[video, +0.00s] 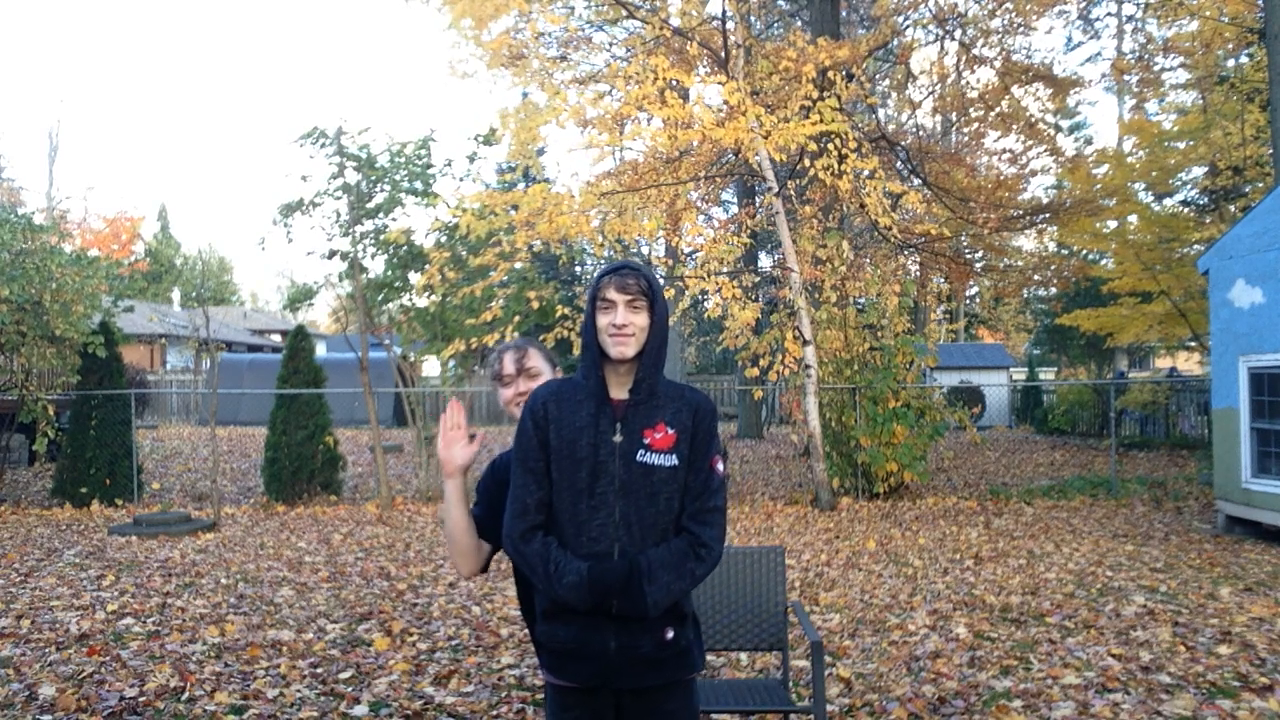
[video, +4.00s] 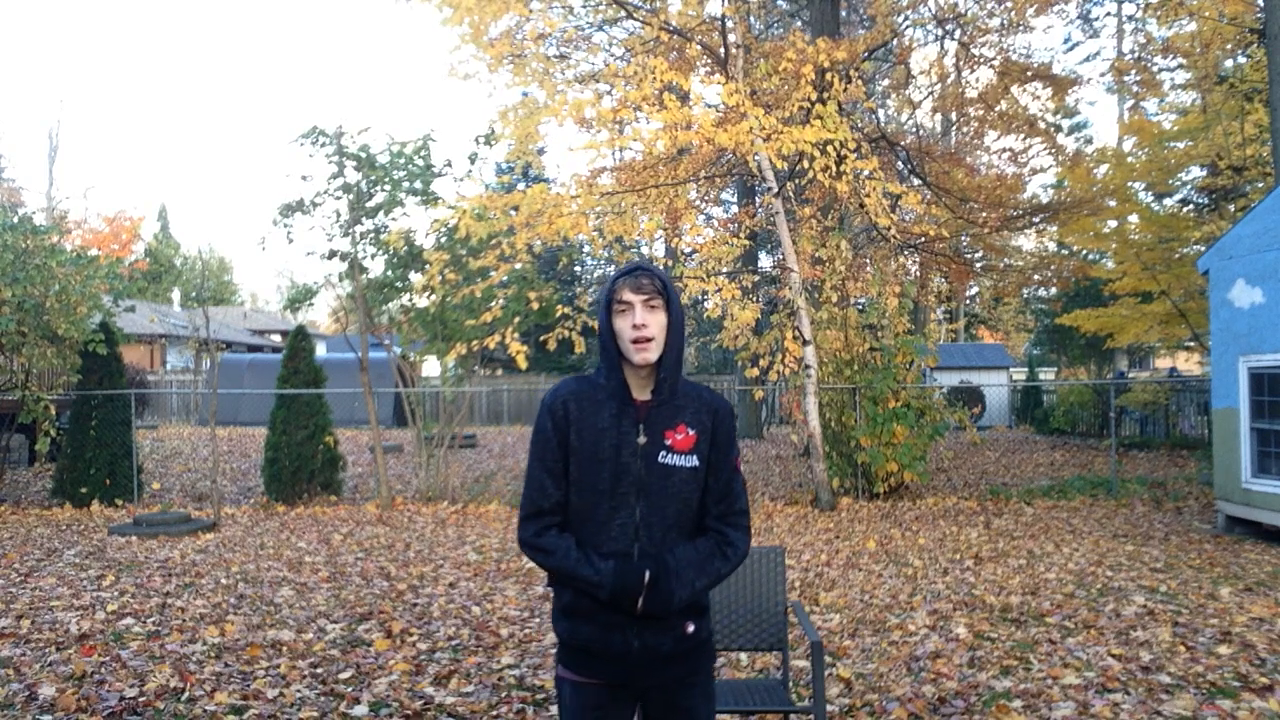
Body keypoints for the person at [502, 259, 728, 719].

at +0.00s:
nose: (619, 320)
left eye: (634, 307)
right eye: (606, 307)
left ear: (655, 320)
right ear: (591, 319)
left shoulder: (691, 409)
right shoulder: (546, 405)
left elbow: (705, 535)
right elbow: (521, 531)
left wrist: (636, 581)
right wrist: (585, 581)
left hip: (662, 655)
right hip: (572, 659)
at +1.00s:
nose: (632, 320)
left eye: (645, 307)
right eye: (618, 308)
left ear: (667, 319)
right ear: (603, 321)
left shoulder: (702, 411)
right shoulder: (559, 404)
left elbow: (715, 539)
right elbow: (526, 525)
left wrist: (645, 579)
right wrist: (592, 579)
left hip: (668, 654)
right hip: (578, 654)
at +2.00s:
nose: (612, 325)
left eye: (627, 313)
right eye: (599, 310)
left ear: (642, 329)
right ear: (578, 322)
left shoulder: (683, 400)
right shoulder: (541, 416)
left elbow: (718, 518)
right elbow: (534, 543)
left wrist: (658, 576)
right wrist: (602, 587)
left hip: (682, 649)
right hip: (593, 654)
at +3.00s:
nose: (626, 311)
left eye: (642, 299)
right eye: (613, 298)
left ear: (661, 316)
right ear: (596, 312)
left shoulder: (703, 399)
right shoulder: (559, 403)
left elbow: (735, 520)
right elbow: (534, 527)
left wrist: (669, 566)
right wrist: (608, 570)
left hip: (684, 645)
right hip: (594, 648)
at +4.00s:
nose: (639, 322)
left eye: (652, 307)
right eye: (623, 309)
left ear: (672, 319)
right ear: (608, 323)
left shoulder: (709, 411)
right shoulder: (566, 405)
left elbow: (732, 531)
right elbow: (536, 528)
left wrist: (667, 579)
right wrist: (611, 578)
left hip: (681, 651)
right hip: (590, 651)